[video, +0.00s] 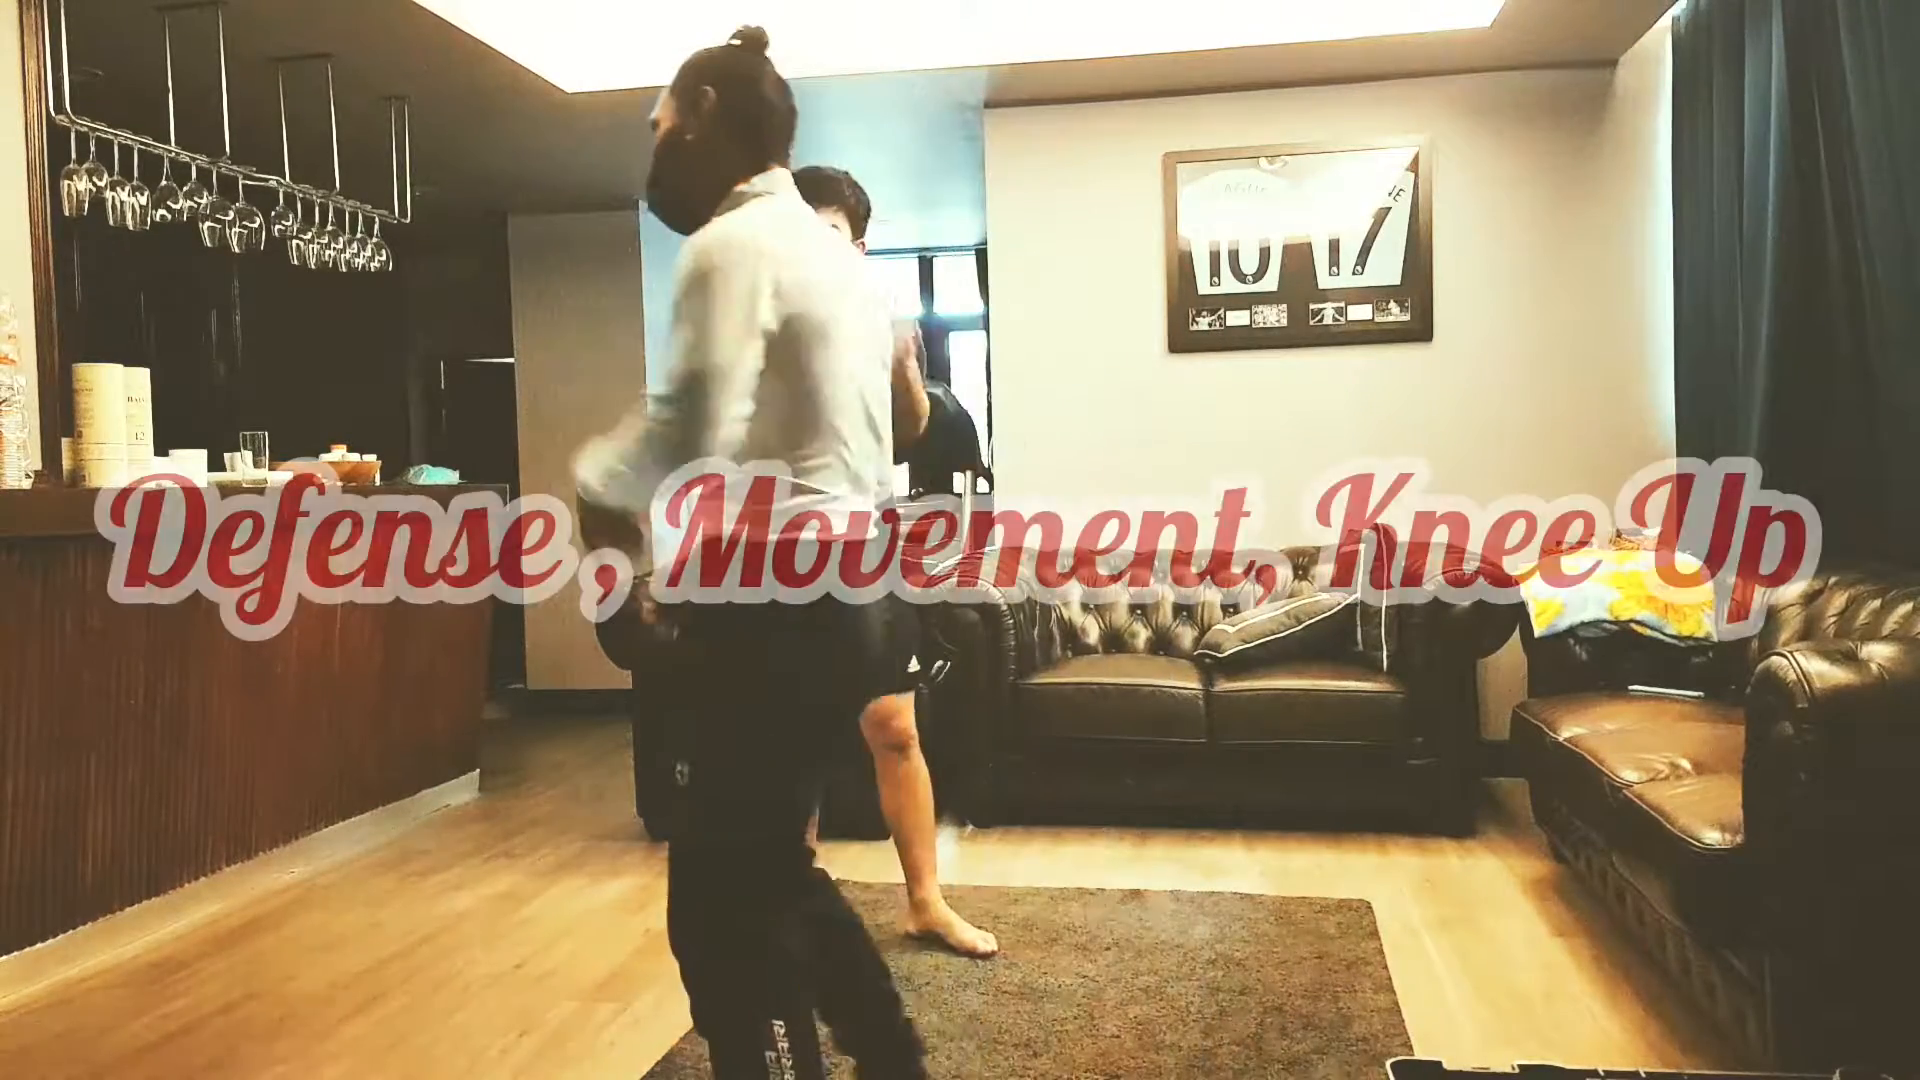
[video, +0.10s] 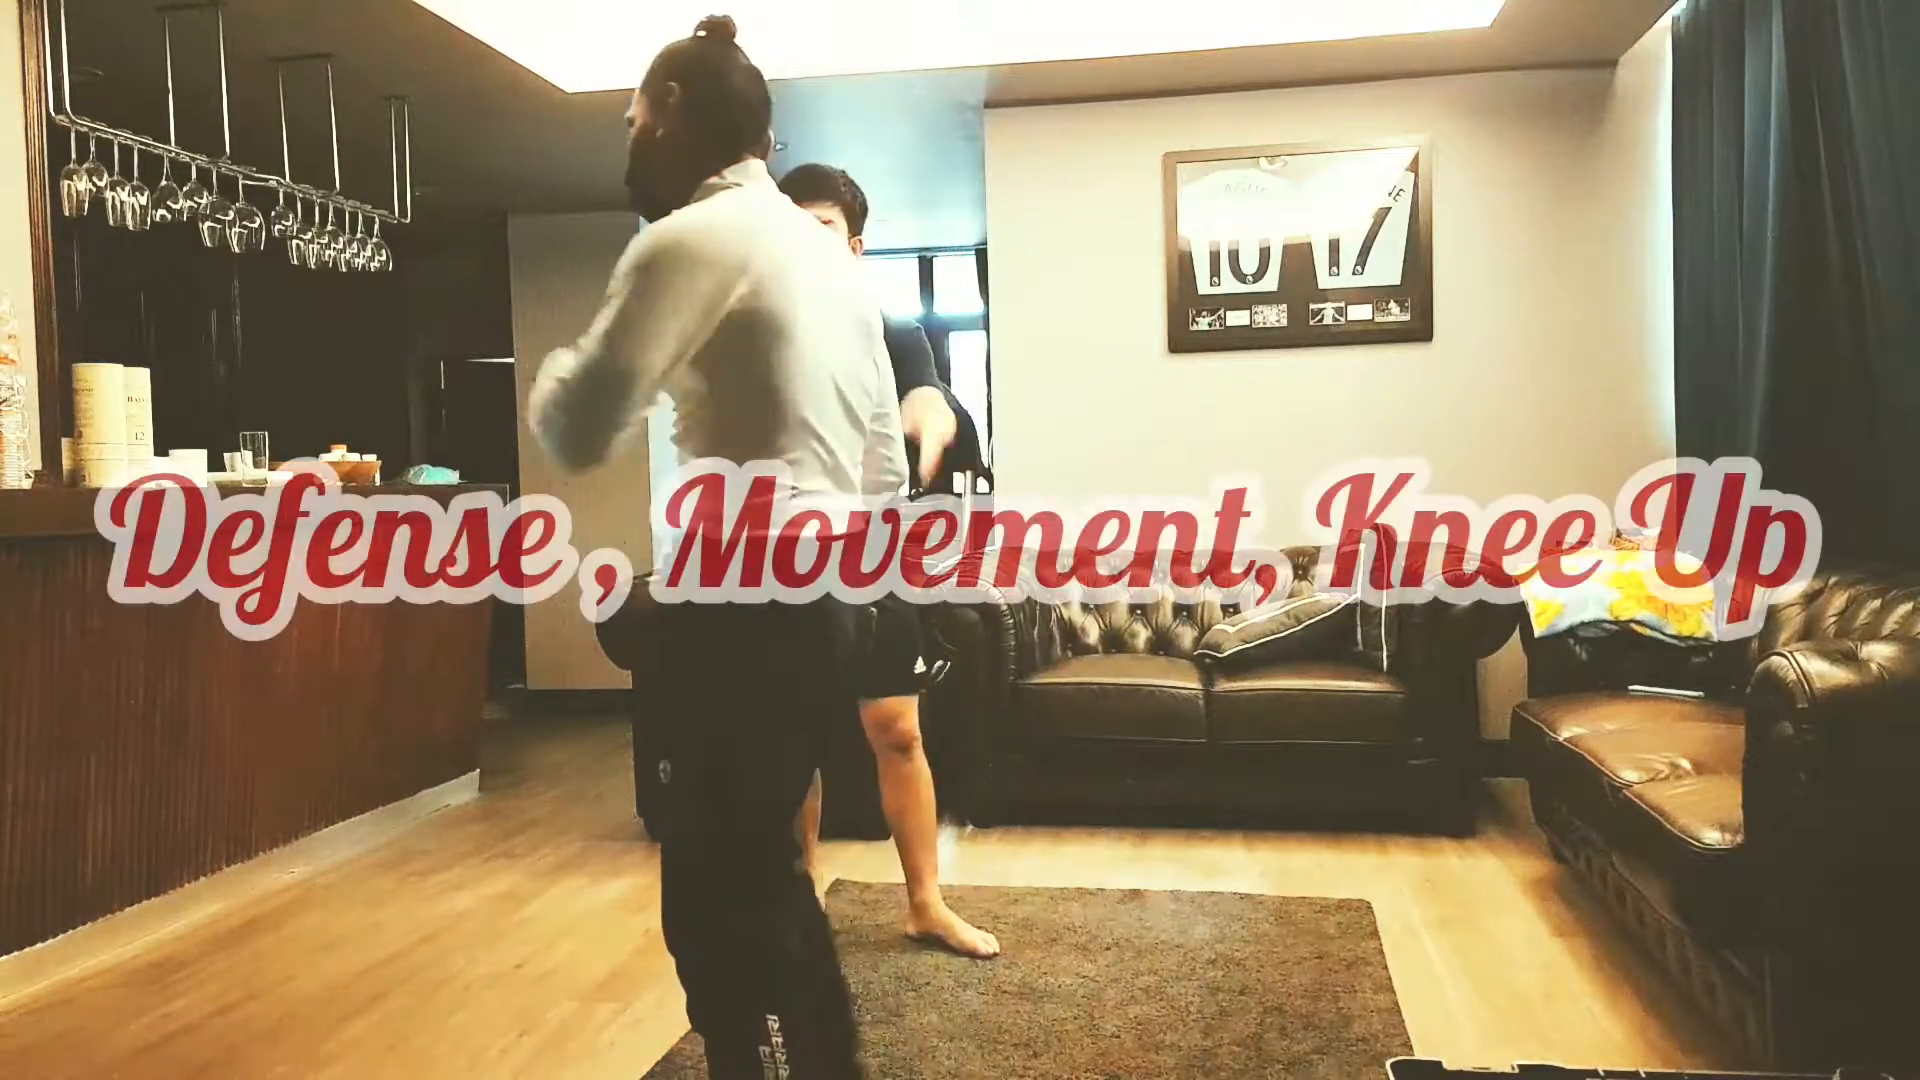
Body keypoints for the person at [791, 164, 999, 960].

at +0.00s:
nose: (822, 239)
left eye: (835, 225)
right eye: (810, 225)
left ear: (859, 229)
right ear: (792, 230)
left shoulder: (882, 318)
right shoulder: (773, 325)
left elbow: (913, 434)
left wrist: (905, 374)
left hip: (872, 540)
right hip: (785, 543)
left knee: (893, 726)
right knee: (788, 738)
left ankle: (927, 898)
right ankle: (795, 909)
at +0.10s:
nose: (815, 242)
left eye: (828, 227)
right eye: (801, 228)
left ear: (857, 238)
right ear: (783, 236)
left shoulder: (894, 336)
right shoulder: (764, 334)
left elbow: (931, 416)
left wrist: (911, 468)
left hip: (881, 562)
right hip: (787, 565)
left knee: (898, 731)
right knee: (793, 745)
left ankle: (927, 899)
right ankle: (801, 899)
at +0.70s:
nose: (854, 236)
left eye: (869, 218)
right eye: (838, 222)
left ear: (907, 225)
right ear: (824, 235)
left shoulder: (953, 341)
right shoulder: (813, 337)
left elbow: (971, 462)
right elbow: (793, 455)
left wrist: (975, 576)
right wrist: (796, 563)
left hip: (921, 564)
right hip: (827, 563)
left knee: (925, 730)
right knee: (811, 726)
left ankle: (929, 902)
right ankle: (793, 911)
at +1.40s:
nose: (834, 230)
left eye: (846, 209)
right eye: (816, 218)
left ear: (883, 211)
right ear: (800, 233)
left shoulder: (938, 319)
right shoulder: (796, 326)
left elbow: (968, 429)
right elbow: (772, 439)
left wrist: (945, 522)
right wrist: (797, 530)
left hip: (913, 560)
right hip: (821, 566)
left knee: (920, 743)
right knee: (832, 743)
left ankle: (927, 905)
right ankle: (831, 912)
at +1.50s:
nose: (826, 235)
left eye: (838, 215)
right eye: (811, 223)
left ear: (876, 213)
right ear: (797, 232)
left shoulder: (931, 317)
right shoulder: (791, 322)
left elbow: (972, 438)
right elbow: (763, 426)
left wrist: (965, 432)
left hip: (917, 556)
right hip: (819, 559)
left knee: (924, 742)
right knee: (827, 746)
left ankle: (929, 907)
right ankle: (827, 933)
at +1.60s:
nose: (824, 233)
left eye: (838, 217)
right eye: (812, 221)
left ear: (878, 217)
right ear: (801, 228)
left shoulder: (924, 302)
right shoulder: (791, 313)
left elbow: (986, 415)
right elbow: (762, 416)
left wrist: (960, 317)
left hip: (919, 538)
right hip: (822, 545)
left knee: (935, 732)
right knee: (833, 742)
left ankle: (935, 901)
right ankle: (826, 930)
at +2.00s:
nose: (888, 264)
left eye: (901, 243)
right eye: (873, 249)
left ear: (939, 235)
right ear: (856, 249)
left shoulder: (976, 313)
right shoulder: (845, 315)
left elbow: (1009, 295)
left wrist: (949, 242)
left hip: (956, 565)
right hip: (855, 565)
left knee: (998, 740)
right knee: (847, 748)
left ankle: (1027, 858)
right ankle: (828, 931)